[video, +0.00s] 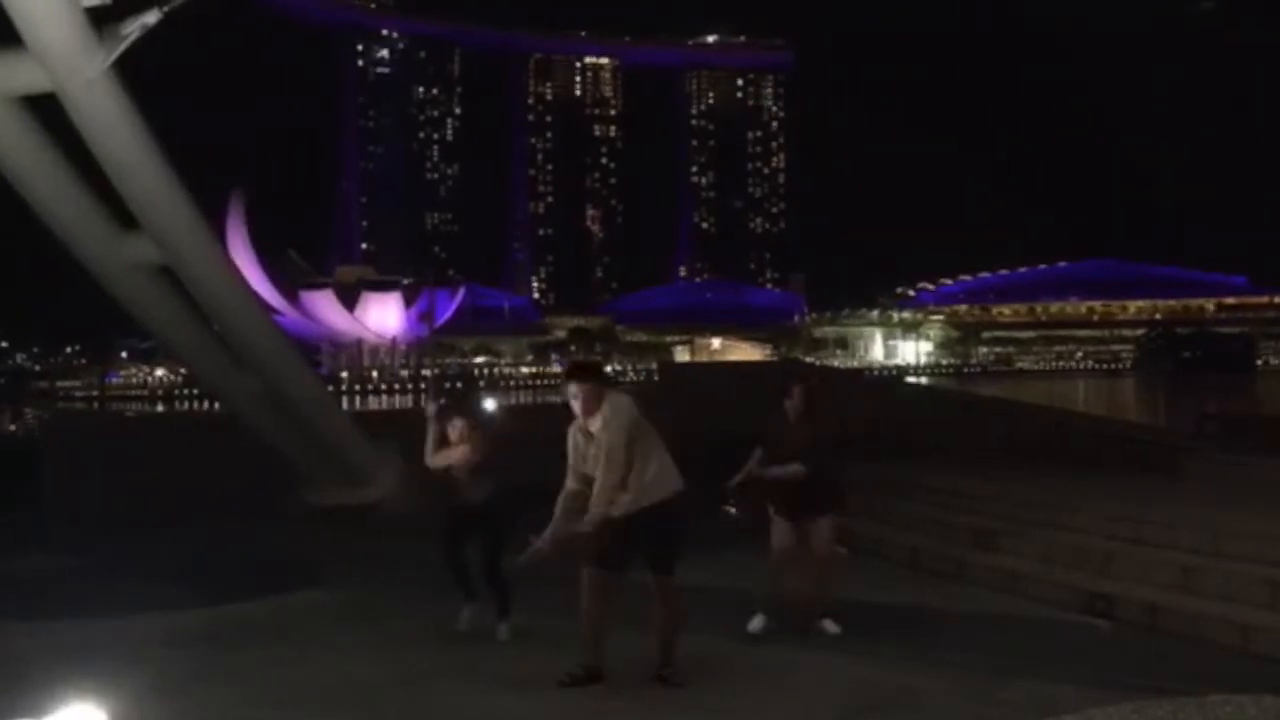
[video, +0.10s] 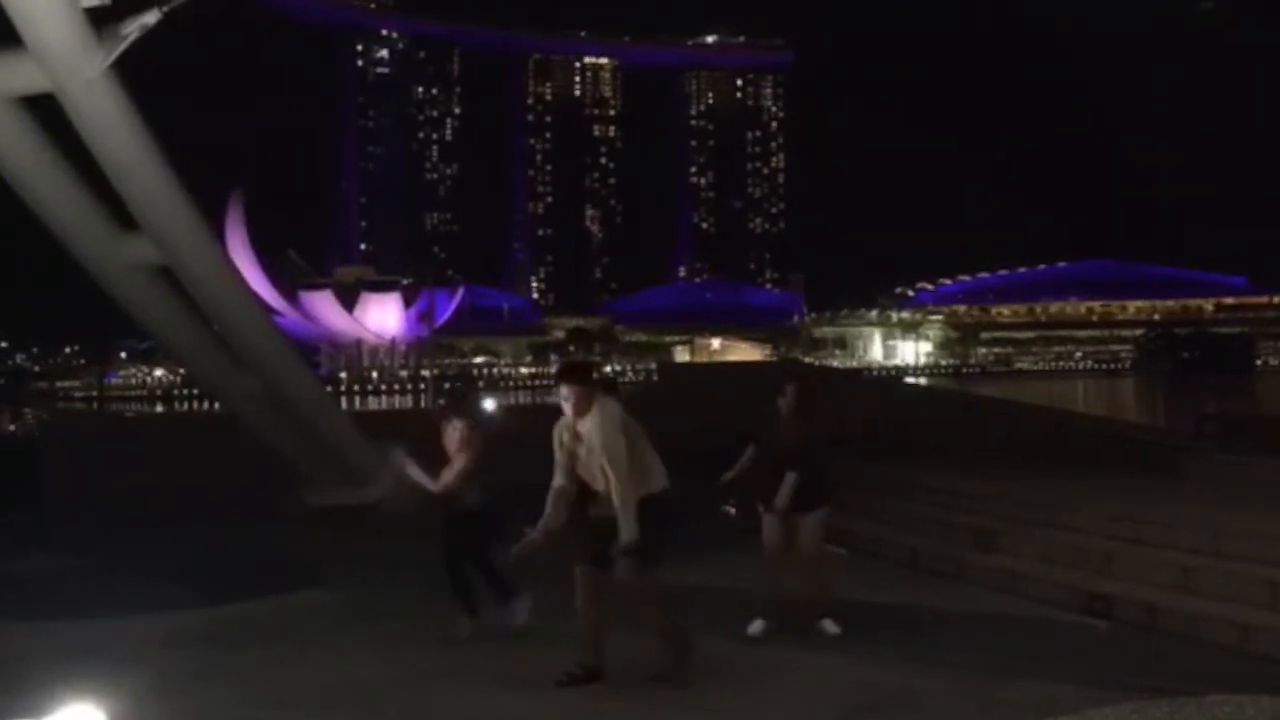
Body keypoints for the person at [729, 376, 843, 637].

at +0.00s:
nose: (797, 405)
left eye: (802, 399)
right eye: (794, 398)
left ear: (810, 401)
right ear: (786, 399)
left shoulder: (817, 429)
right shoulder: (777, 426)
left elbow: (805, 470)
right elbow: (759, 456)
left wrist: (761, 474)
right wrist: (738, 480)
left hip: (817, 501)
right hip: (782, 501)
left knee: (822, 557)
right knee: (779, 555)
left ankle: (822, 612)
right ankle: (767, 610)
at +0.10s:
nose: (784, 402)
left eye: (790, 397)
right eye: (783, 396)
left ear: (803, 400)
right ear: (780, 398)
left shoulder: (810, 430)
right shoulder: (773, 428)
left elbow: (797, 472)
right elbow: (753, 452)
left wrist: (778, 503)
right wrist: (733, 473)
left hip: (810, 498)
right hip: (774, 497)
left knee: (811, 556)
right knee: (771, 555)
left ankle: (820, 613)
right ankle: (767, 613)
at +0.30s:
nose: (765, 409)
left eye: (772, 404)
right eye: (766, 403)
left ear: (786, 408)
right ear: (767, 406)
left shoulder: (798, 436)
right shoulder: (756, 433)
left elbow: (829, 465)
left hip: (789, 501)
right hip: (757, 499)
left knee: (757, 538)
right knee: (749, 549)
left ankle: (818, 550)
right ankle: (764, 612)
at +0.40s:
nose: (761, 410)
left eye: (766, 404)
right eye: (758, 403)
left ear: (779, 407)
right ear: (752, 406)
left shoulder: (790, 434)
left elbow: (824, 455)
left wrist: (857, 475)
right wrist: (695, 432)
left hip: (784, 501)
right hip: (749, 502)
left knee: (756, 539)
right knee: (752, 559)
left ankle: (807, 582)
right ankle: (766, 613)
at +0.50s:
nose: (756, 404)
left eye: (761, 398)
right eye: (752, 398)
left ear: (772, 400)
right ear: (746, 400)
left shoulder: (786, 425)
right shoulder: (738, 427)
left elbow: (819, 448)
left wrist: (846, 471)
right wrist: (696, 484)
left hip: (781, 495)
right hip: (748, 494)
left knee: (770, 550)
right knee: (749, 553)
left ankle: (785, 616)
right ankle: (761, 614)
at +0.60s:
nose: (750, 401)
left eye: (756, 395)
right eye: (747, 394)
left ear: (767, 398)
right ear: (742, 398)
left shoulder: (784, 427)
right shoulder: (736, 431)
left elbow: (815, 449)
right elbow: (716, 473)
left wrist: (835, 472)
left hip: (783, 496)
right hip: (749, 499)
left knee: (767, 542)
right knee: (747, 550)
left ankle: (787, 606)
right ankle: (761, 611)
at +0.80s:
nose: (746, 404)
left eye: (752, 398)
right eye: (744, 398)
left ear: (764, 401)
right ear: (740, 401)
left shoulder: (781, 426)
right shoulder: (738, 434)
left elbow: (809, 446)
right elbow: (745, 476)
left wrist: (832, 470)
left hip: (785, 497)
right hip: (751, 501)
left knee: (783, 547)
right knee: (751, 557)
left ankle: (803, 592)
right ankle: (762, 613)